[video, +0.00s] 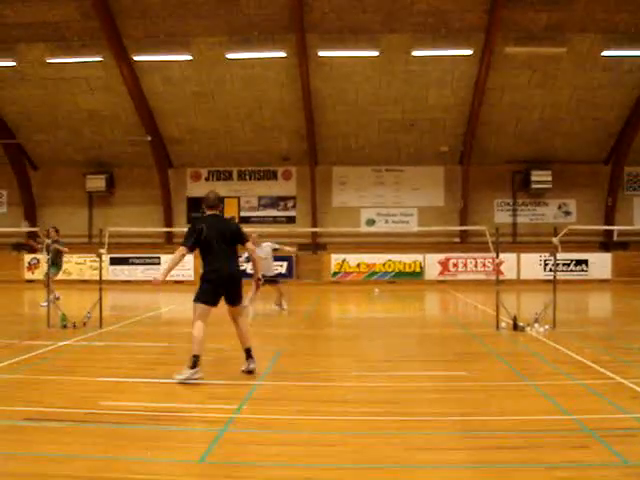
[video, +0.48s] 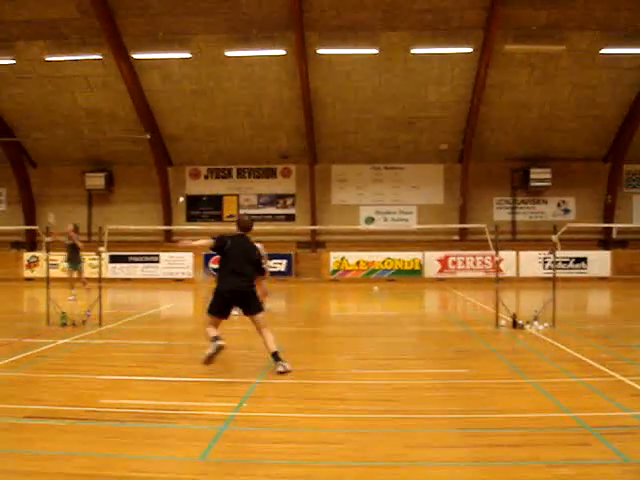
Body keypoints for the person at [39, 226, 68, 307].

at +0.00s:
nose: (50, 234)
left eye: (52, 232)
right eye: (50, 232)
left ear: (56, 233)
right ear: (49, 234)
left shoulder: (60, 242)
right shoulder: (50, 242)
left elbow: (66, 250)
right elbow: (44, 240)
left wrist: (56, 246)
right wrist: (39, 232)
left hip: (57, 264)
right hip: (50, 264)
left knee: (48, 279)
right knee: (46, 279)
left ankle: (49, 299)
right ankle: (54, 294)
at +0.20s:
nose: (52, 227)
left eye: (54, 225)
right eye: (51, 225)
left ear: (58, 226)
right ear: (51, 226)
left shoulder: (60, 236)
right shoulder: (50, 237)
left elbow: (68, 244)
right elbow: (41, 239)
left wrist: (61, 236)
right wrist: (34, 232)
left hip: (60, 257)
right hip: (53, 258)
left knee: (56, 274)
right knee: (52, 276)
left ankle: (58, 291)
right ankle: (52, 292)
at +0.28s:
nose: (53, 226)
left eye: (55, 224)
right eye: (52, 224)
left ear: (59, 225)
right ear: (52, 225)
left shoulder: (61, 234)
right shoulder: (50, 235)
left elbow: (69, 243)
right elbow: (43, 240)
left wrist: (62, 234)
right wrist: (35, 233)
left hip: (61, 256)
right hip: (54, 256)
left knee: (58, 274)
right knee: (54, 275)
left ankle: (60, 292)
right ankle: (54, 292)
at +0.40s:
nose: (59, 227)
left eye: (61, 225)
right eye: (59, 225)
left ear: (65, 227)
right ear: (58, 227)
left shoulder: (67, 235)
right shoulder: (58, 236)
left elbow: (72, 244)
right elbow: (50, 238)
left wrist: (65, 234)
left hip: (67, 258)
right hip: (60, 257)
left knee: (66, 275)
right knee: (61, 276)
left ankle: (70, 291)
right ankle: (66, 292)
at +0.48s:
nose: (68, 230)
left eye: (70, 227)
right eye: (68, 228)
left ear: (74, 230)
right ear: (68, 230)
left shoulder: (77, 238)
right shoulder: (68, 239)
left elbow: (81, 246)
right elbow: (61, 239)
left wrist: (73, 237)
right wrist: (54, 237)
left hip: (77, 261)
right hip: (70, 261)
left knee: (80, 277)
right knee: (70, 278)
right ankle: (72, 293)